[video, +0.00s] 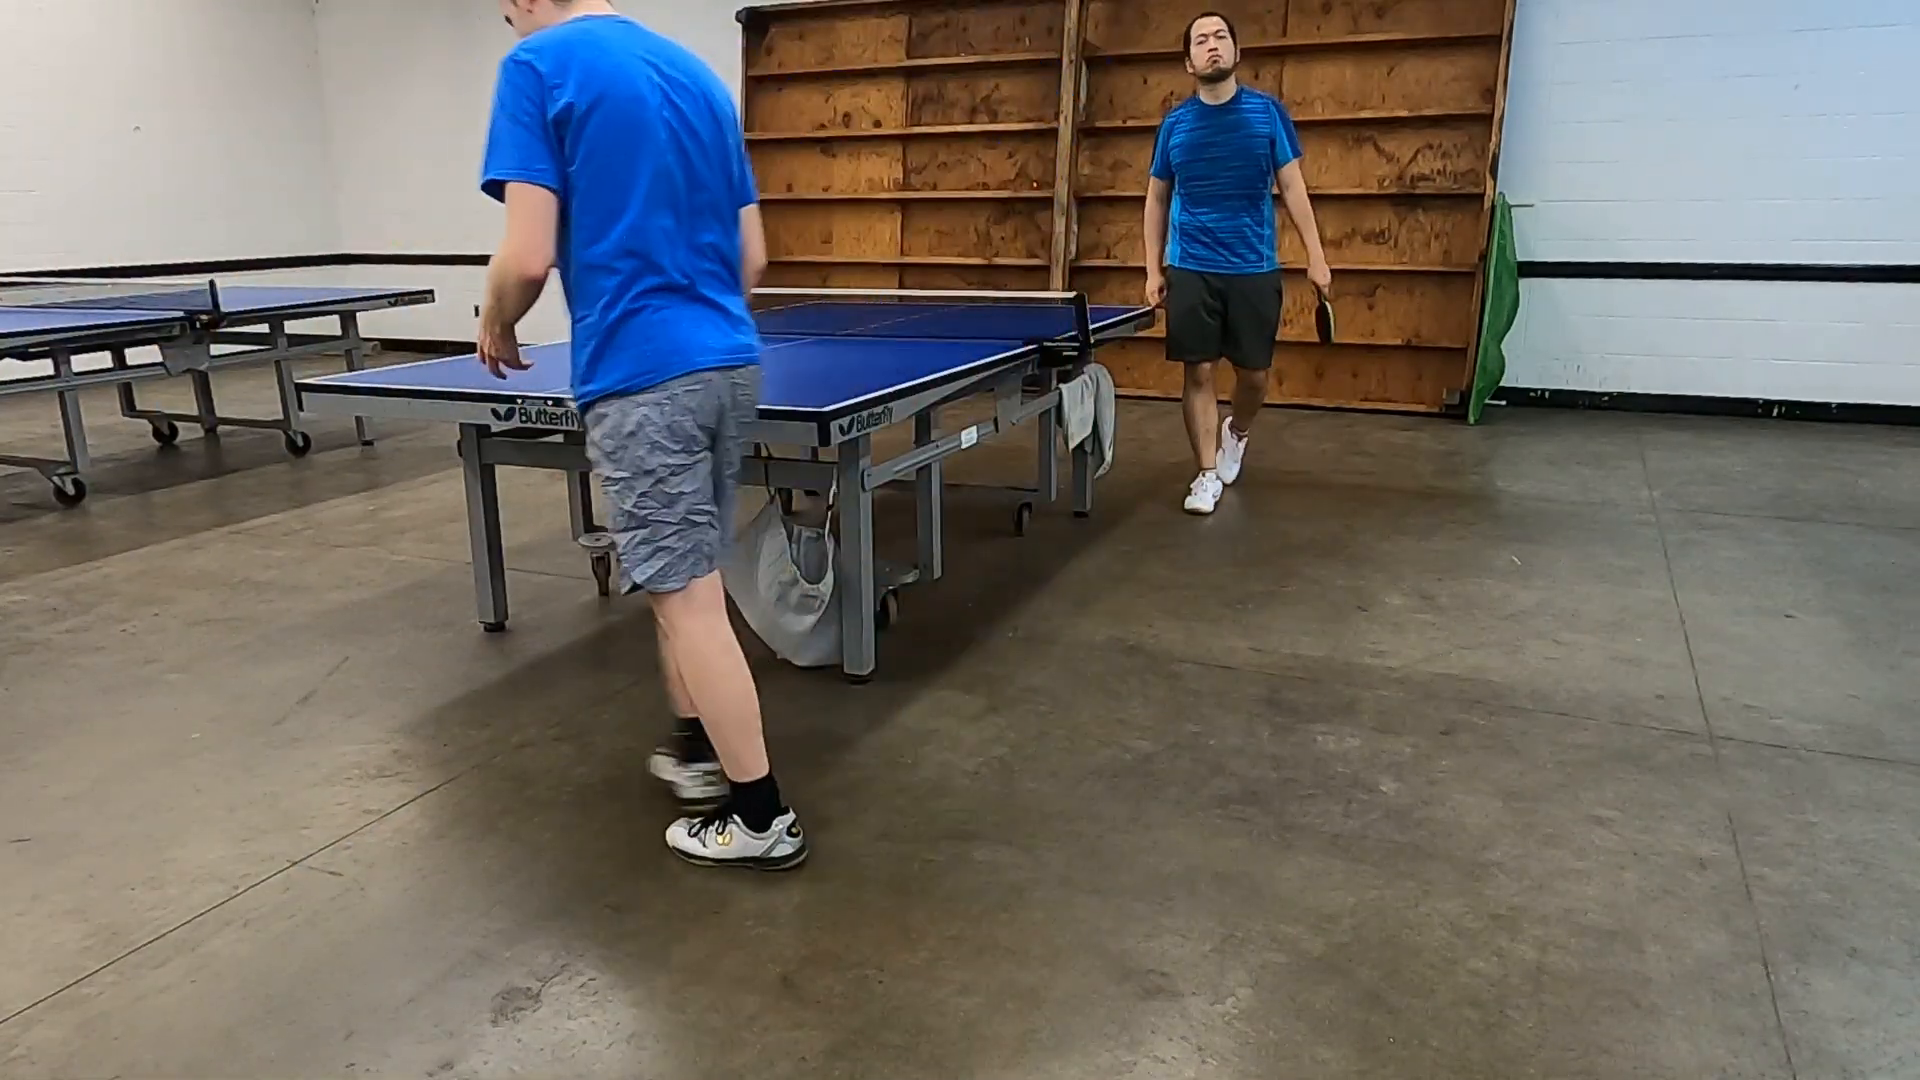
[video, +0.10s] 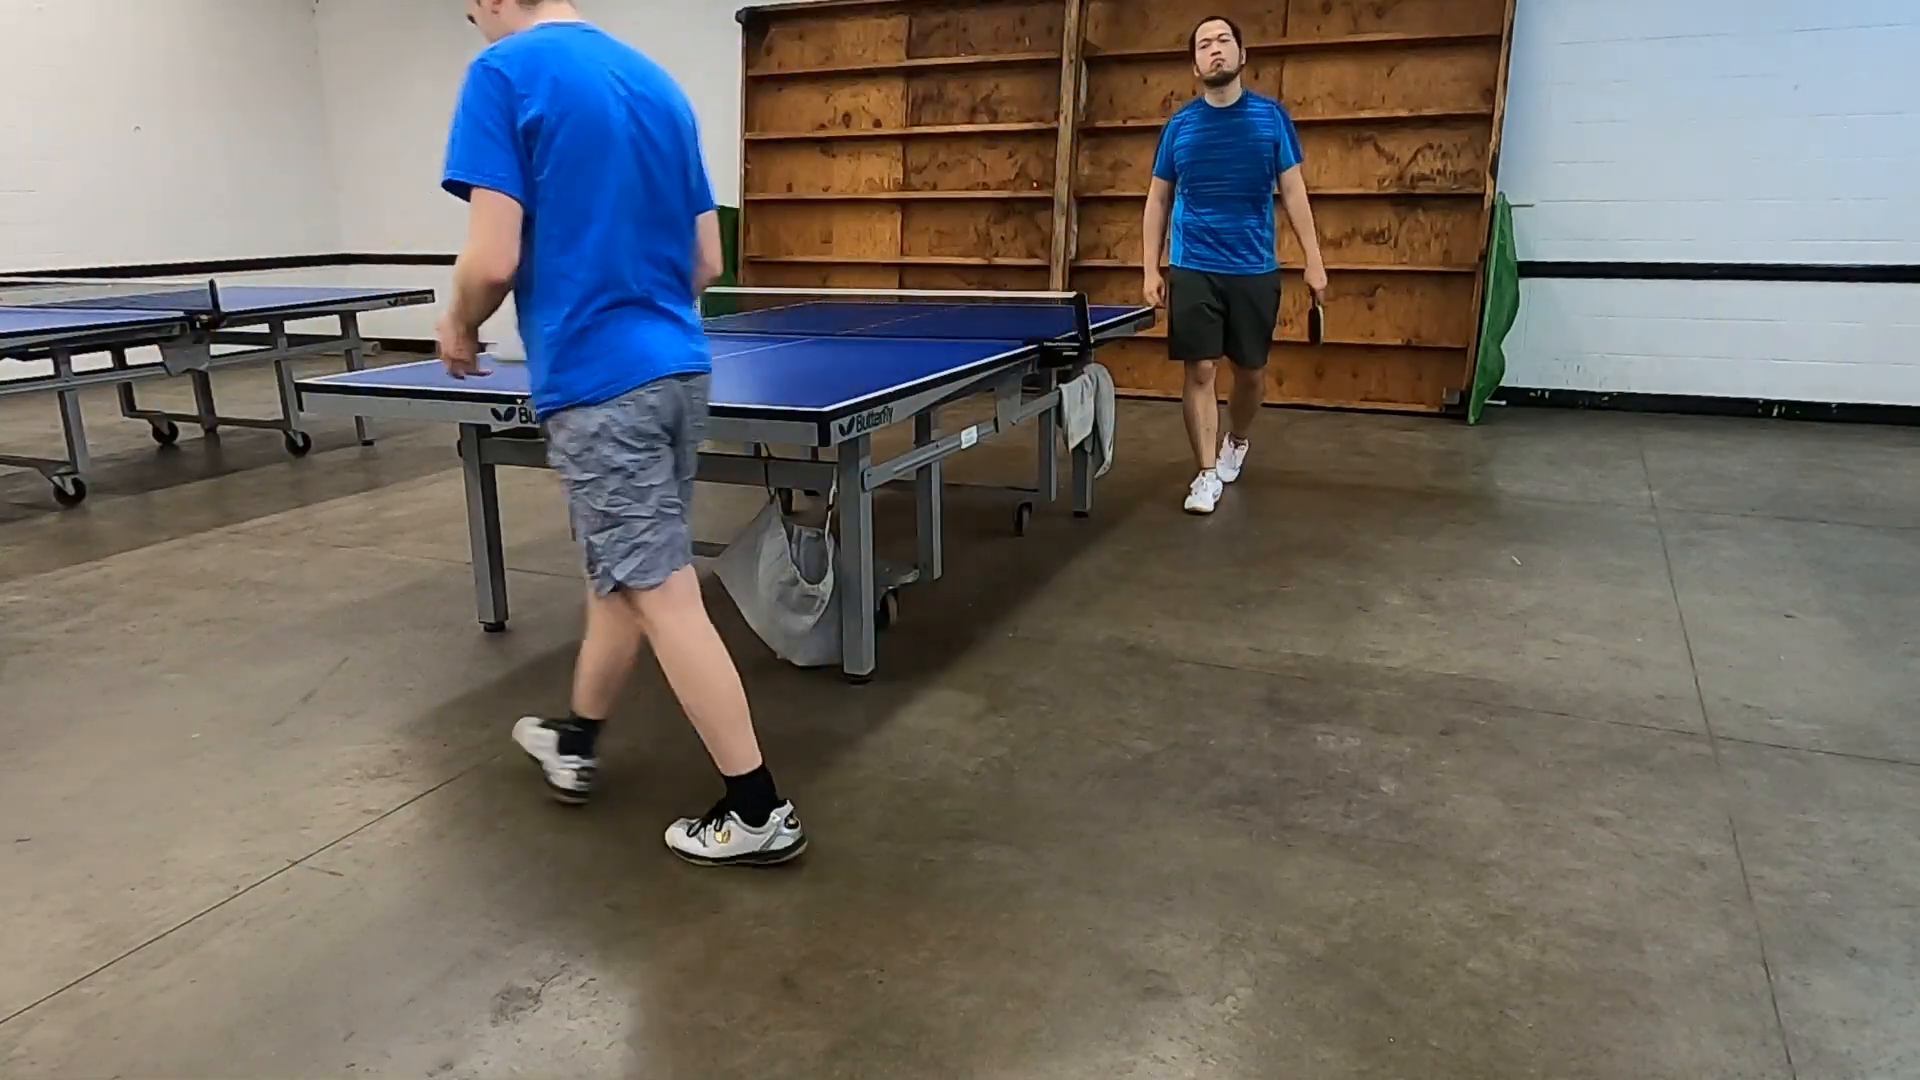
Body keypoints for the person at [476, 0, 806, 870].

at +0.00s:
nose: (512, 29)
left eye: (508, 20)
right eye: (509, 21)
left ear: (528, 6)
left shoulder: (538, 60)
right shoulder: (697, 74)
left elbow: (528, 260)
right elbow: (750, 258)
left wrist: (496, 323)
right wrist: (698, 321)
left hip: (641, 372)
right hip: (734, 359)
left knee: (692, 599)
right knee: (682, 571)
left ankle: (763, 814)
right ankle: (700, 747)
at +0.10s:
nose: (477, 29)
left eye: (474, 19)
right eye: (474, 20)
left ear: (493, 7)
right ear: (566, 2)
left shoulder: (502, 69)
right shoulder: (657, 81)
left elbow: (493, 263)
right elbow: (704, 260)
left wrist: (459, 322)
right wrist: (619, 300)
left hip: (596, 379)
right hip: (683, 364)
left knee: (667, 594)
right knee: (619, 574)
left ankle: (759, 808)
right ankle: (576, 744)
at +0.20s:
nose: (440, 26)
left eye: (437, 16)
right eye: (436, 17)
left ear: (460, 6)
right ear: (529, 4)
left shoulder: (468, 78)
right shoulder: (614, 91)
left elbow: (462, 261)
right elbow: (666, 263)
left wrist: (406, 306)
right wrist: (586, 311)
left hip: (546, 389)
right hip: (625, 375)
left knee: (605, 596)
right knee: (564, 574)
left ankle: (737, 789)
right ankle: (526, 760)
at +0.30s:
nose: (406, 24)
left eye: (405, 10)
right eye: (405, 11)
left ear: (430, 4)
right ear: (489, 3)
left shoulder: (431, 74)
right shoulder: (572, 91)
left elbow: (426, 251)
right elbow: (622, 263)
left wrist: (344, 281)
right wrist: (553, 314)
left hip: (498, 385)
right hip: (585, 373)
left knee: (483, 589)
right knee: (543, 559)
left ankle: (659, 731)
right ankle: (523, 761)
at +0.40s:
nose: (363, 15)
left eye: (364, 7)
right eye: (361, 9)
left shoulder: (399, 66)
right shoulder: (533, 84)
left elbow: (381, 241)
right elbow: (584, 245)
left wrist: (289, 254)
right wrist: (515, 311)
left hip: (458, 372)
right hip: (548, 363)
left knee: (404, 559)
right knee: (522, 551)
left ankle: (553, 707)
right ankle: (529, 744)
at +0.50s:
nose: (327, 12)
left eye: (327, 1)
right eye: (327, 4)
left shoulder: (358, 67)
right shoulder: (493, 76)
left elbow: (340, 240)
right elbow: (549, 243)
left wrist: (240, 254)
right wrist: (469, 287)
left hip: (419, 365)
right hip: (519, 359)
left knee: (359, 544)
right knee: (509, 548)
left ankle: (435, 744)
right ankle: (525, 758)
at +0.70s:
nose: (260, 17)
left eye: (258, 11)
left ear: (267, 5)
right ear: (345, 0)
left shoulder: (254, 85)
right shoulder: (421, 87)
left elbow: (247, 264)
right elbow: (487, 250)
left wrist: (184, 334)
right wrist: (436, 315)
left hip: (334, 380)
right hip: (445, 368)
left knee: (310, 561)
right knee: (465, 549)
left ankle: (297, 757)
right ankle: (516, 748)